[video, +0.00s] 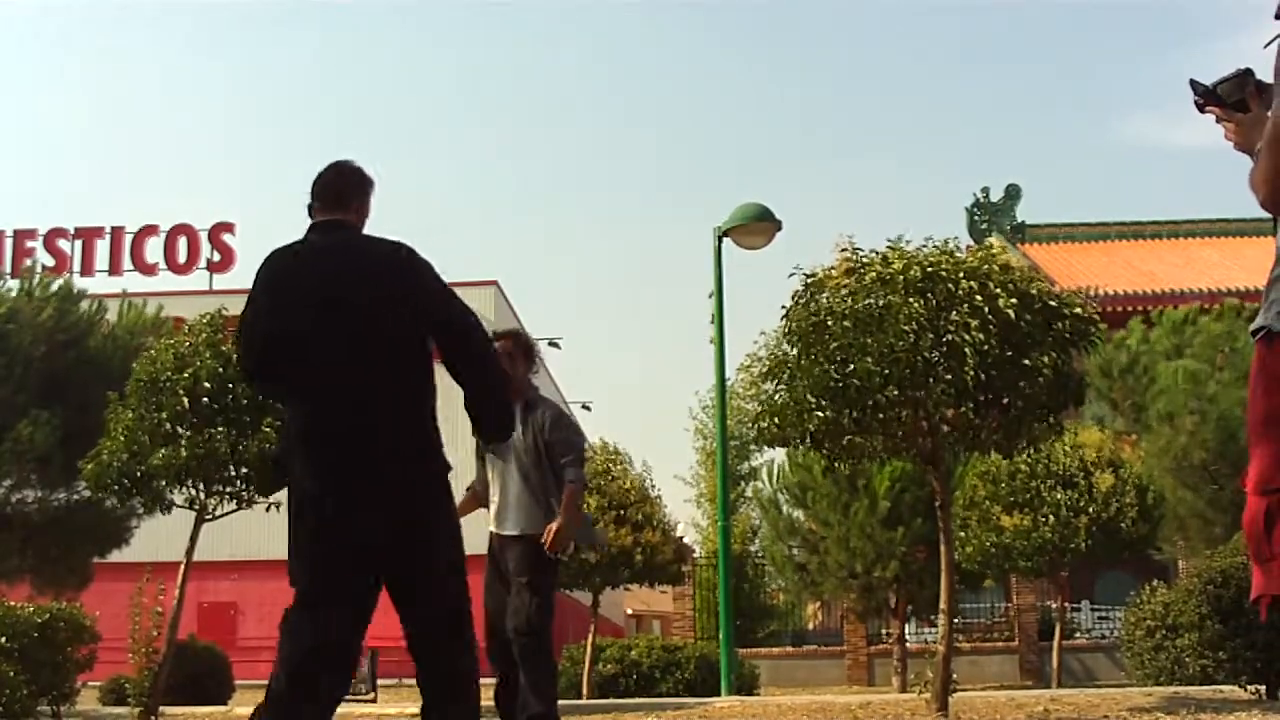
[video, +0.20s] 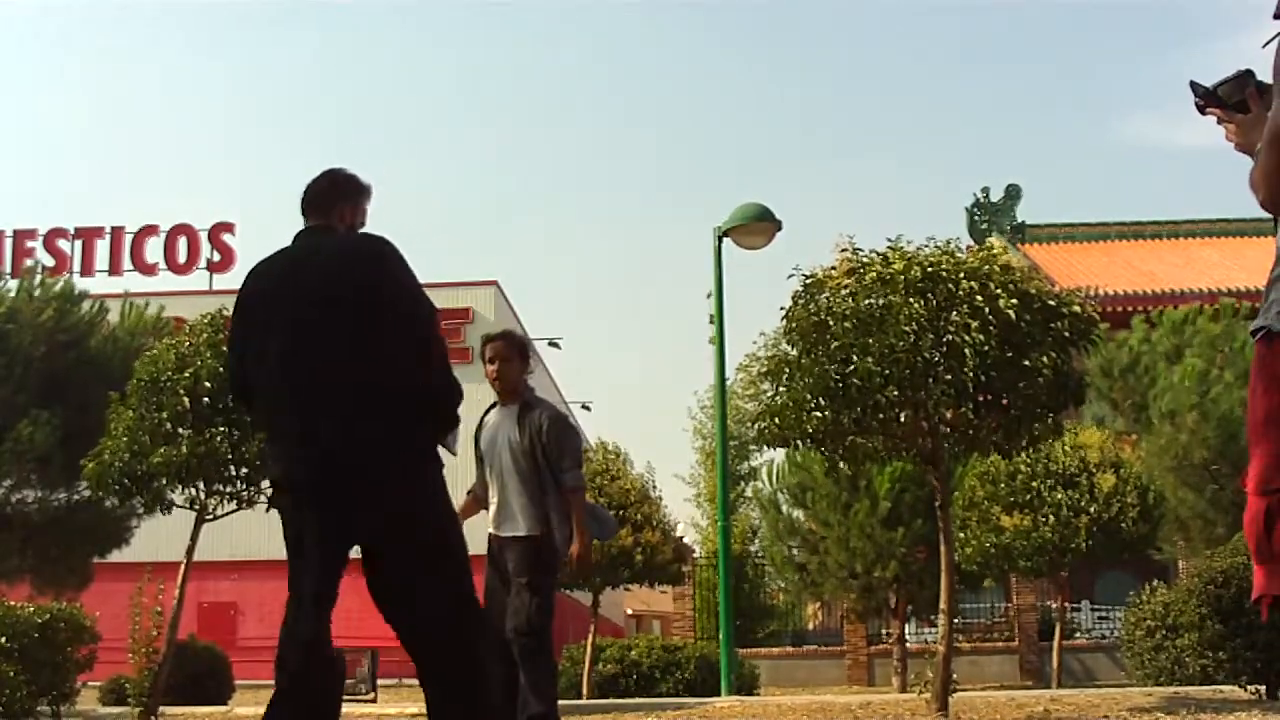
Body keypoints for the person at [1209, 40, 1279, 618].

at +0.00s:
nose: (1226, 136)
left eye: (1228, 123)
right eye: (1222, 126)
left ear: (1259, 110)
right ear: (1256, 109)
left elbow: (1266, 192)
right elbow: (1267, 192)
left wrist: (1266, 124)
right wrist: (1268, 121)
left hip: (1272, 320)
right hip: (1269, 318)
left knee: (1266, 482)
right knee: (1263, 482)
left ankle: (1267, 599)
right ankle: (1265, 599)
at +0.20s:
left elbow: (1266, 193)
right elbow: (1269, 194)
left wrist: (1264, 131)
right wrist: (1263, 135)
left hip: (1273, 315)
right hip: (1270, 313)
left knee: (1266, 481)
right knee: (1264, 480)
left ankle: (1267, 594)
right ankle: (1265, 595)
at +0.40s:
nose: (1230, 136)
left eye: (1229, 123)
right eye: (1225, 126)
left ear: (1256, 102)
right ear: (1259, 100)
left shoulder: (1278, 135)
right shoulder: (1273, 143)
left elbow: (1269, 192)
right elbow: (1270, 193)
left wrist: (1264, 137)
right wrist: (1265, 140)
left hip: (1275, 322)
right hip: (1273, 321)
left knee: (1268, 475)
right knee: (1267, 474)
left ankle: (1269, 596)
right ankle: (1268, 596)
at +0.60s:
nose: (1231, 138)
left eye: (1232, 124)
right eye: (1226, 127)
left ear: (1263, 104)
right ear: (1263, 105)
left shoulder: (1278, 148)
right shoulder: (1273, 157)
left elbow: (1272, 194)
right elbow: (1273, 196)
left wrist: (1269, 136)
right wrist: (1272, 132)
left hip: (1275, 333)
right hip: (1272, 332)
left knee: (1269, 476)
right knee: (1267, 475)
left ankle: (1271, 592)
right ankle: (1269, 591)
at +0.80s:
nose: (1231, 133)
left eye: (1233, 122)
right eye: (1226, 124)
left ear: (1261, 107)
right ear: (1263, 106)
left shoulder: (1274, 162)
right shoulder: (1270, 166)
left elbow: (1272, 191)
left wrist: (1267, 143)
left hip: (1273, 335)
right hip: (1271, 334)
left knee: (1267, 476)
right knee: (1265, 475)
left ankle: (1269, 592)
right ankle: (1268, 592)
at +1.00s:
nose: (1232, 133)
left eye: (1234, 120)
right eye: (1227, 123)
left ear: (1263, 106)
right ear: (1265, 105)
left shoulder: (1276, 160)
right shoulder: (1272, 164)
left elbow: (1275, 199)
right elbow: (1275, 200)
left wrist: (1269, 144)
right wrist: (1270, 143)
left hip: (1274, 337)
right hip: (1272, 335)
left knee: (1267, 479)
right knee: (1266, 478)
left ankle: (1270, 594)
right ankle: (1269, 593)